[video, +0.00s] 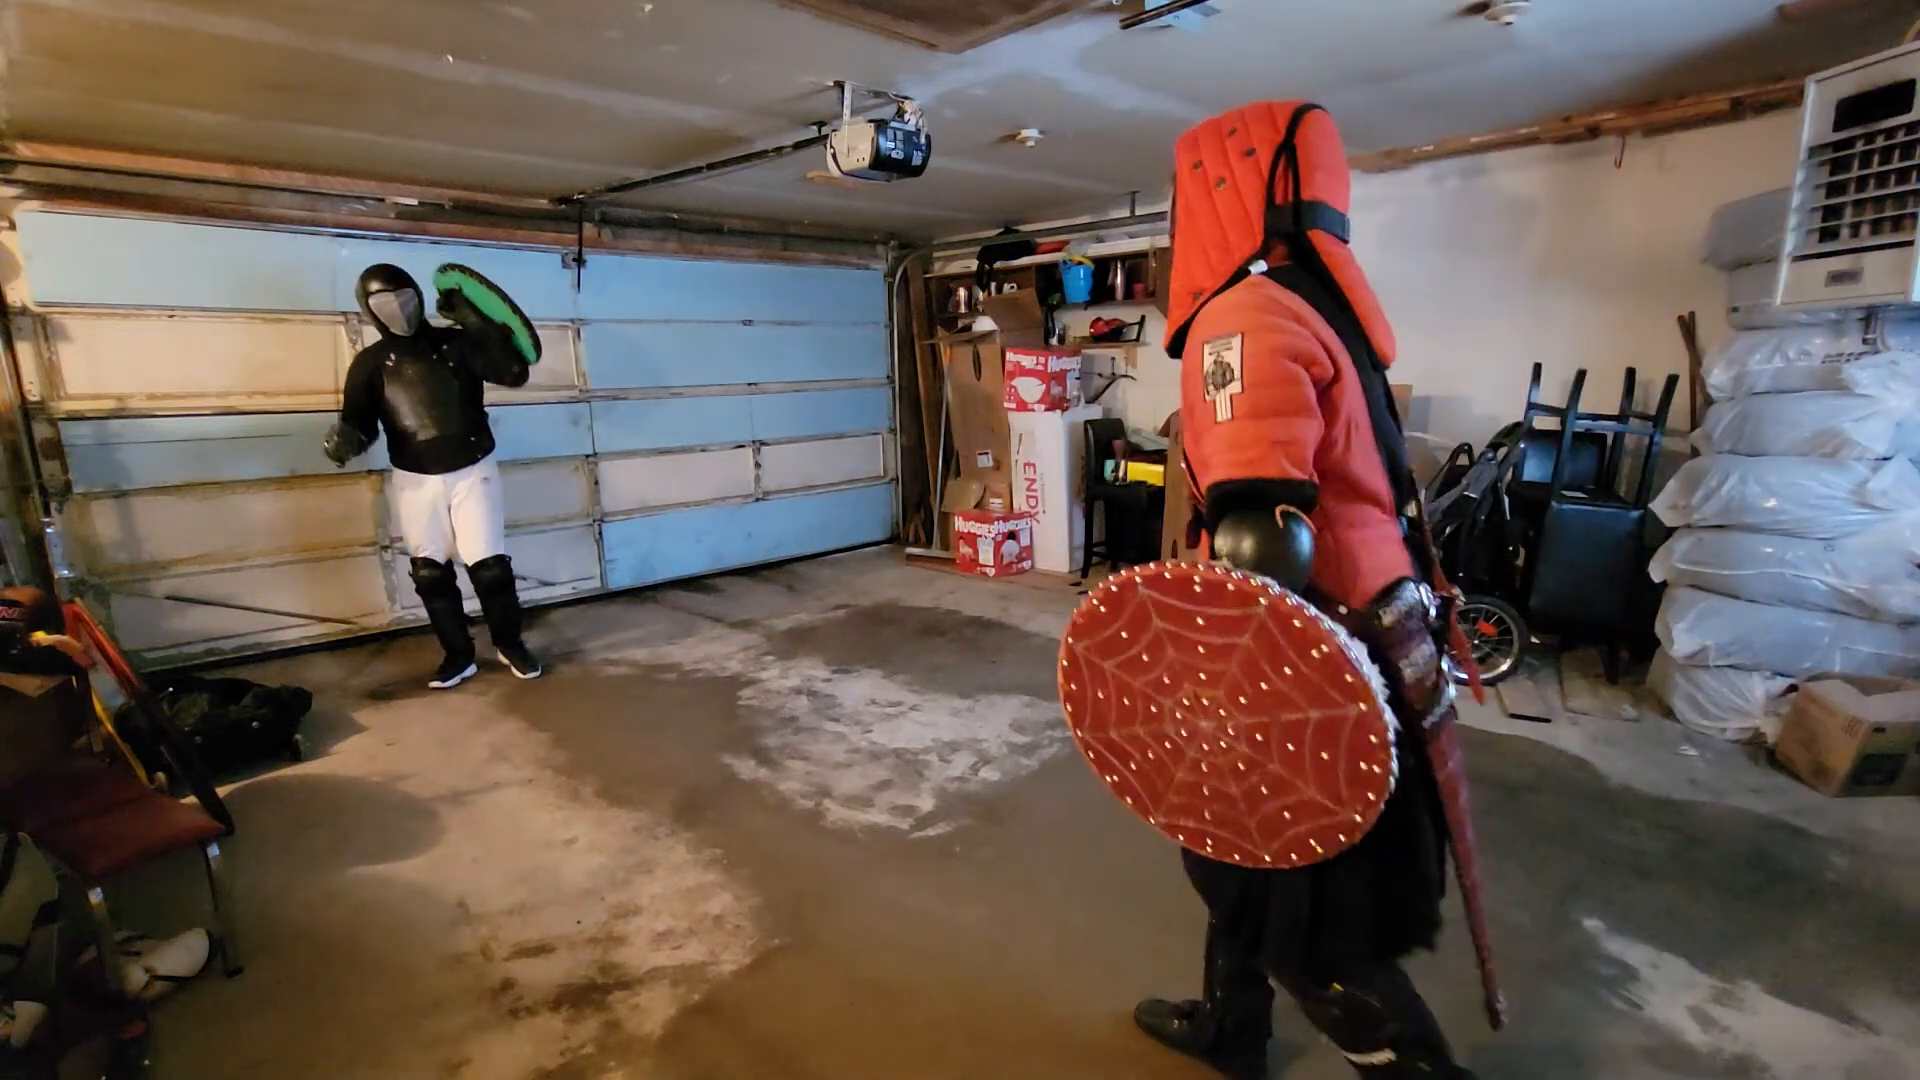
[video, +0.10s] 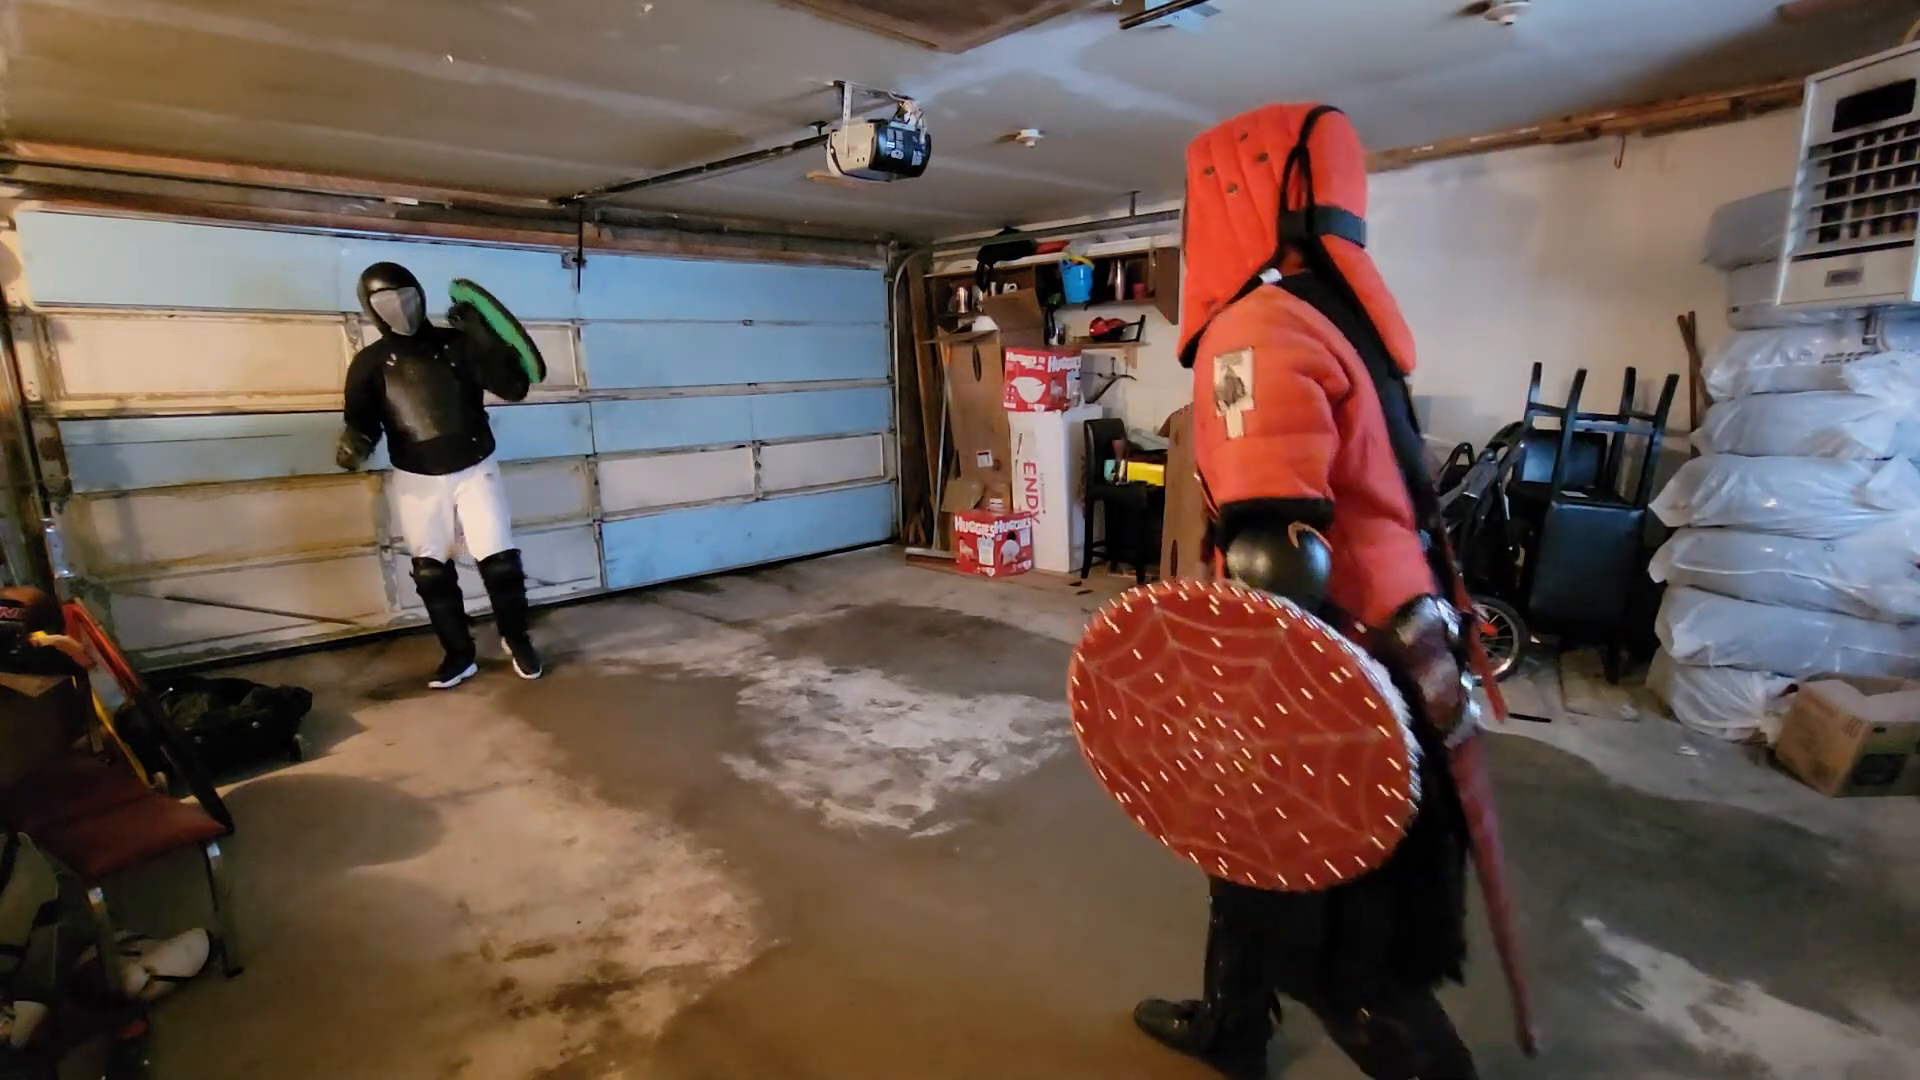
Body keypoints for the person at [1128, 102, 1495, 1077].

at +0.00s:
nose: (1174, 228)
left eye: (1184, 202)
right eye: (1180, 203)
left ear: (1226, 200)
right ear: (1287, 197)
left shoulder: (1248, 320)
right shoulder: (1305, 307)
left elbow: (1262, 544)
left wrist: (1240, 722)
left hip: (1317, 686)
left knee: (1312, 924)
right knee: (1235, 847)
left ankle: (1413, 1059)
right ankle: (1230, 1019)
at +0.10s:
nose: (1186, 232)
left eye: (1197, 207)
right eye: (1192, 208)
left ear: (1239, 206)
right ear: (1306, 202)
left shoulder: (1262, 330)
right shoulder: (1321, 319)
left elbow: (1273, 554)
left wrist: (1256, 736)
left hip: (1352, 705)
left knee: (1341, 956)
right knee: (1250, 841)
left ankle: (1436, 1064)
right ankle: (1234, 1017)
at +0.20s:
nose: (1209, 231)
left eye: (1219, 208)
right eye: (1215, 209)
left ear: (1262, 211)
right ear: (1337, 208)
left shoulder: (1285, 348)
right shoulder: (1354, 332)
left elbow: (1302, 592)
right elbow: (1412, 517)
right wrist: (1460, 661)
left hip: (1372, 715)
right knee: (1261, 841)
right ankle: (1233, 1020)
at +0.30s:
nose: (1236, 237)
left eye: (1248, 212)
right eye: (1241, 212)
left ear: (1294, 212)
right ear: (1362, 207)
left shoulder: (1321, 357)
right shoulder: (1380, 340)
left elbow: (1341, 624)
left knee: (1401, 1030)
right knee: (1275, 791)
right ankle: (1236, 1010)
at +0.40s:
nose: (1253, 234)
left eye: (1264, 206)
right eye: (1258, 208)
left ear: (1316, 208)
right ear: (1387, 207)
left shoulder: (1347, 361)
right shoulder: (1416, 344)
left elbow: (1371, 632)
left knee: (1418, 1030)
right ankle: (1240, 1011)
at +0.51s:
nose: (1266, 226)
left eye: (1279, 197)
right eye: (1273, 198)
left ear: (1325, 199)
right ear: (1417, 197)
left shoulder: (1358, 357)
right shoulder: (1432, 341)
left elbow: (1376, 633)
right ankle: (1254, 1013)